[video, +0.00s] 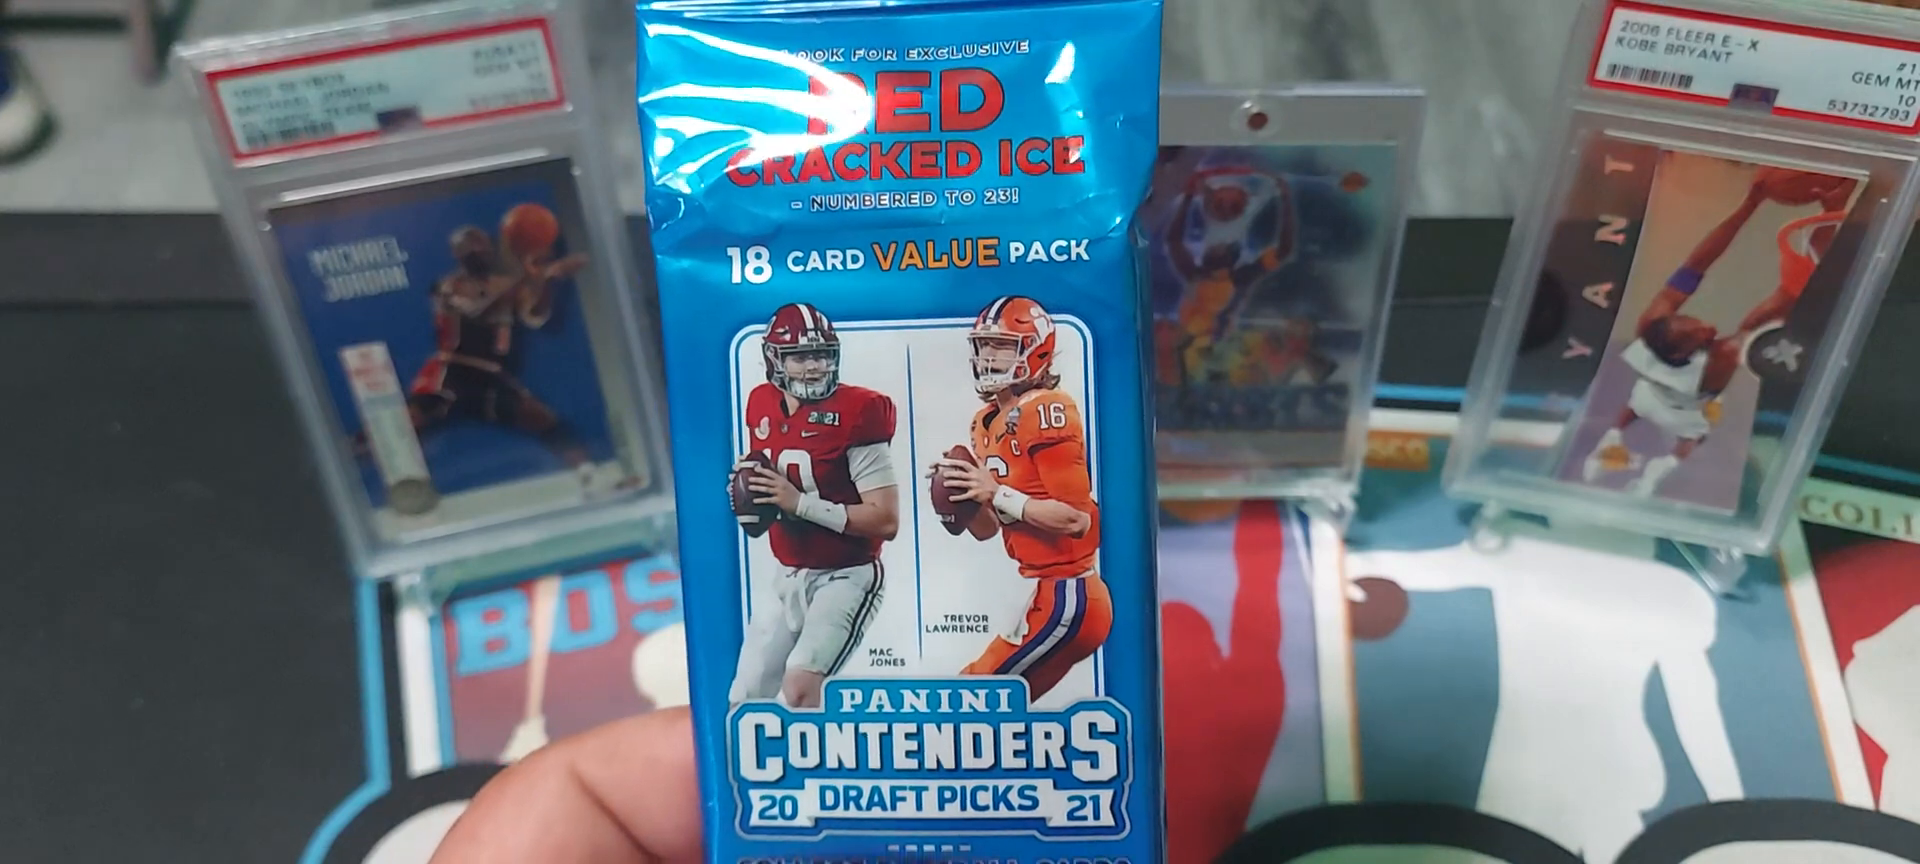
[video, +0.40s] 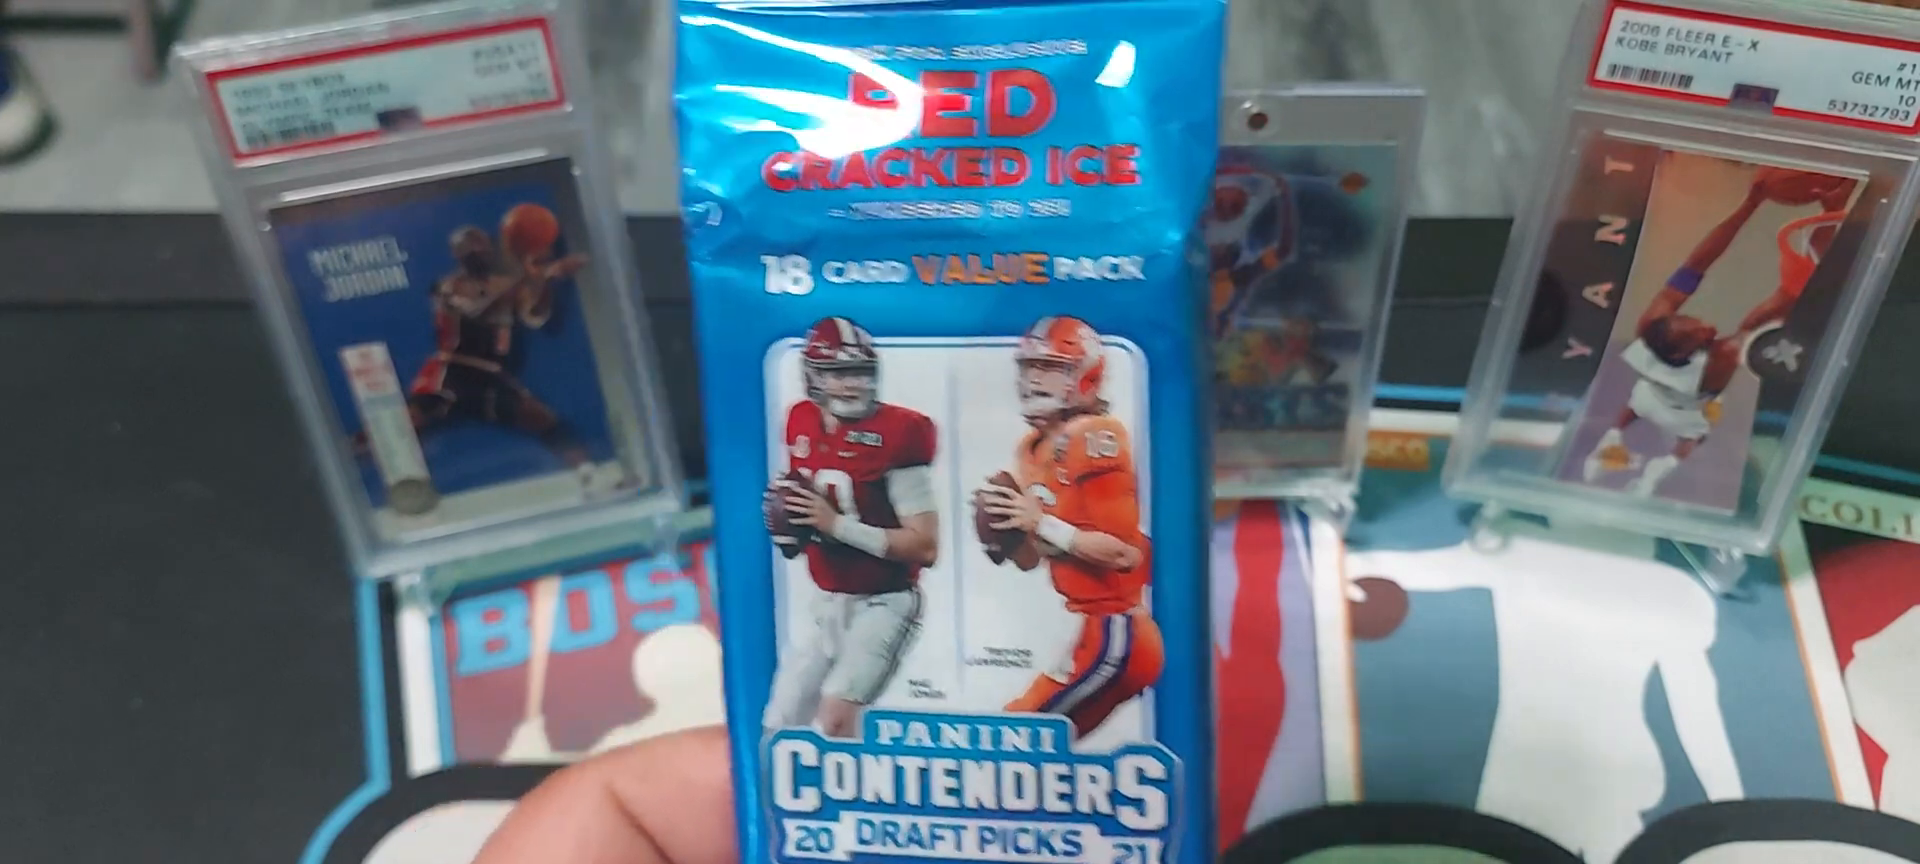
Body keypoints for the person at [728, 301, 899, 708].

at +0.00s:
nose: (813, 366)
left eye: (821, 355)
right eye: (800, 356)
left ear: (834, 357)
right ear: (776, 359)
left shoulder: (860, 411)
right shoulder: (762, 402)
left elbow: (885, 521)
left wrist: (798, 502)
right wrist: (745, 490)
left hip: (849, 576)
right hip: (788, 578)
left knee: (799, 689)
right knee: (744, 701)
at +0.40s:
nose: (852, 384)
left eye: (861, 372)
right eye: (838, 373)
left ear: (875, 375)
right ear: (813, 377)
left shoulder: (902, 432)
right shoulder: (802, 420)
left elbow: (925, 546)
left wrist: (836, 524)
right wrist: (783, 514)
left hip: (887, 602)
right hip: (826, 602)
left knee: (836, 715)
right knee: (779, 726)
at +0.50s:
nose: (904, 412)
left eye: (914, 400)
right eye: (890, 400)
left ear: (928, 402)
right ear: (865, 403)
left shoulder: (956, 461)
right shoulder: (852, 447)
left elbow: (975, 577)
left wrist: (885, 553)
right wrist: (832, 543)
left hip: (935, 635)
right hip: (871, 632)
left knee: (881, 748)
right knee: (823, 757)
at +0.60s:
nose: (940, 423)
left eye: (950, 411)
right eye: (926, 411)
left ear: (964, 414)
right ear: (900, 415)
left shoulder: (988, 475)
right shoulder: (884, 458)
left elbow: (1007, 594)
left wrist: (916, 566)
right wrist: (862, 552)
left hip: (965, 650)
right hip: (899, 645)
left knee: (907, 762)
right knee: (850, 767)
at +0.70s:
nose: (956, 414)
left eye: (965, 402)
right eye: (943, 403)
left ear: (979, 405)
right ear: (916, 405)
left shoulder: (1002, 465)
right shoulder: (898, 449)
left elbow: (1020, 583)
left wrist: (929, 556)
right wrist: (875, 539)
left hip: (977, 639)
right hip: (911, 635)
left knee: (916, 752)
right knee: (857, 755)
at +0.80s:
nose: (959, 402)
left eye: (968, 391)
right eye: (946, 391)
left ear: (982, 394)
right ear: (919, 393)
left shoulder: (1004, 453)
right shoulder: (901, 436)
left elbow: (1021, 570)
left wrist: (932, 544)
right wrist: (877, 527)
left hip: (977, 626)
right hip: (910, 621)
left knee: (916, 738)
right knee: (858, 743)